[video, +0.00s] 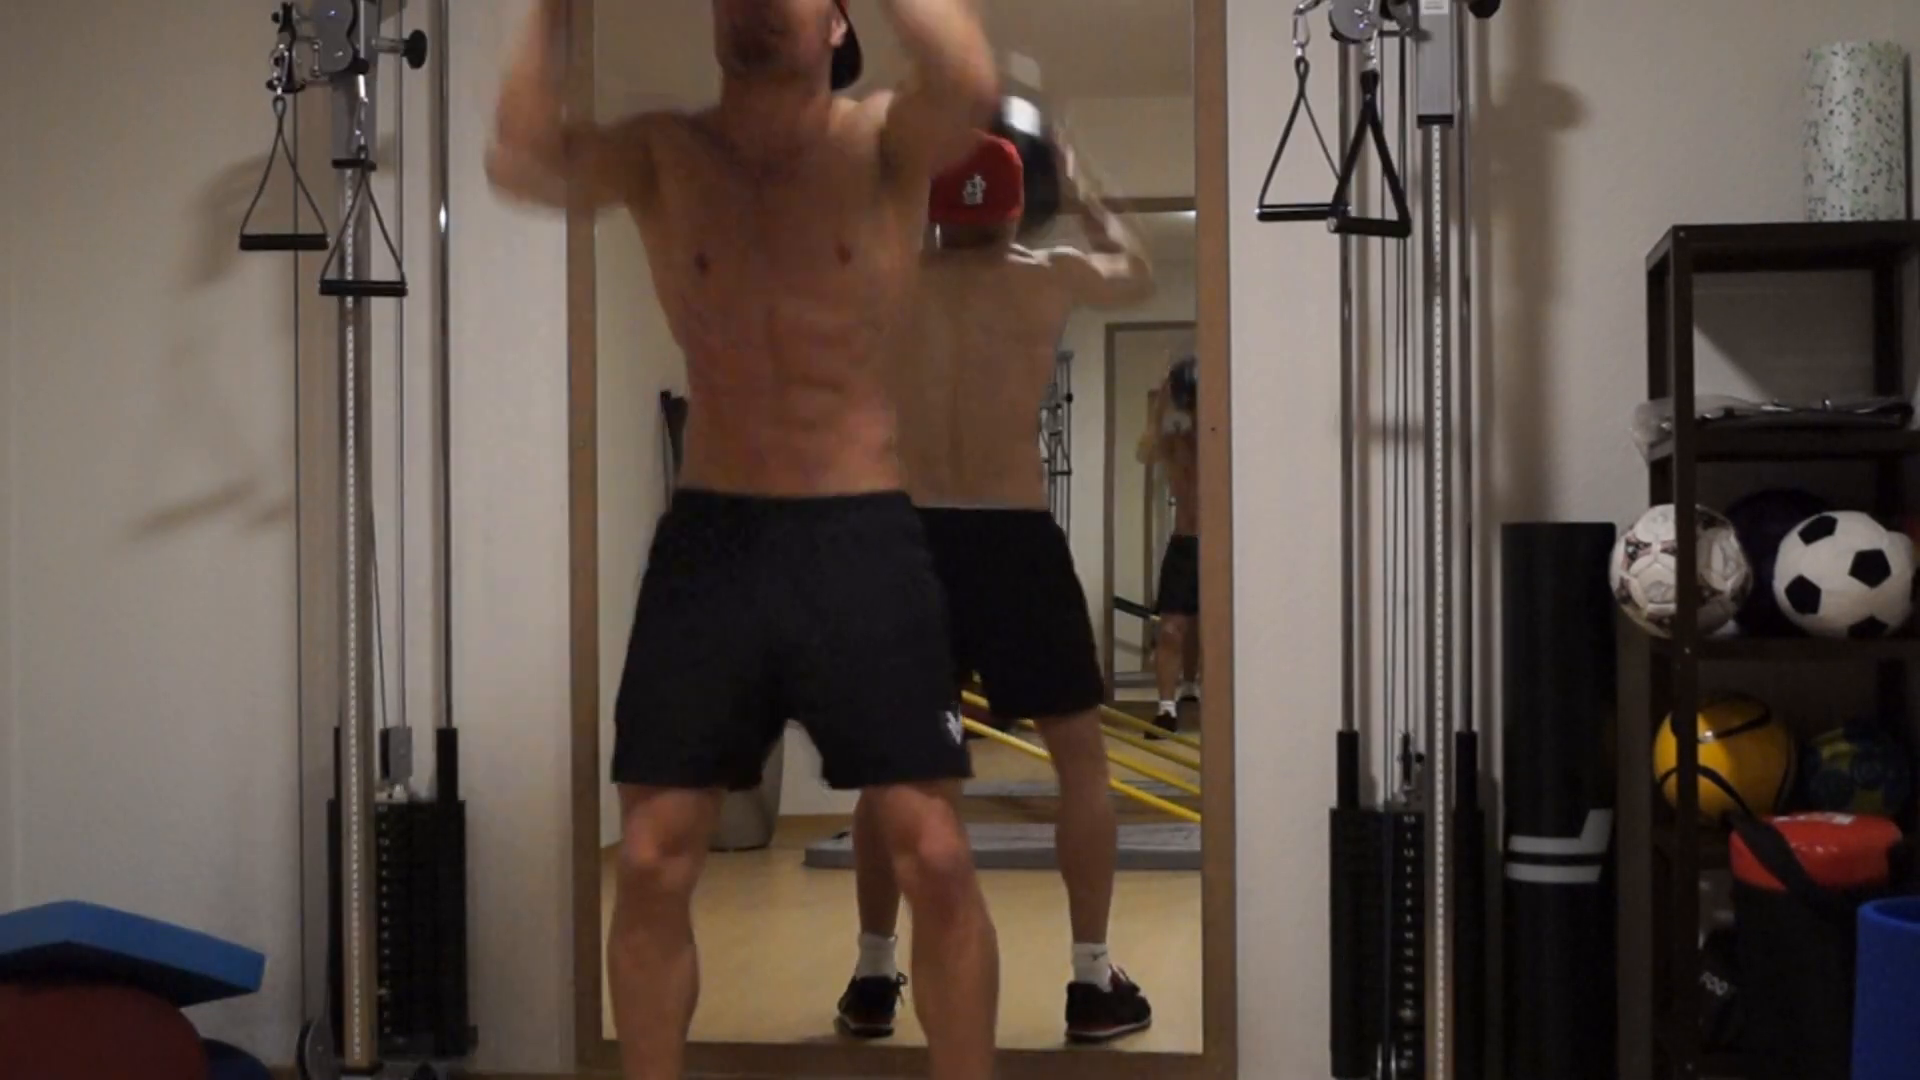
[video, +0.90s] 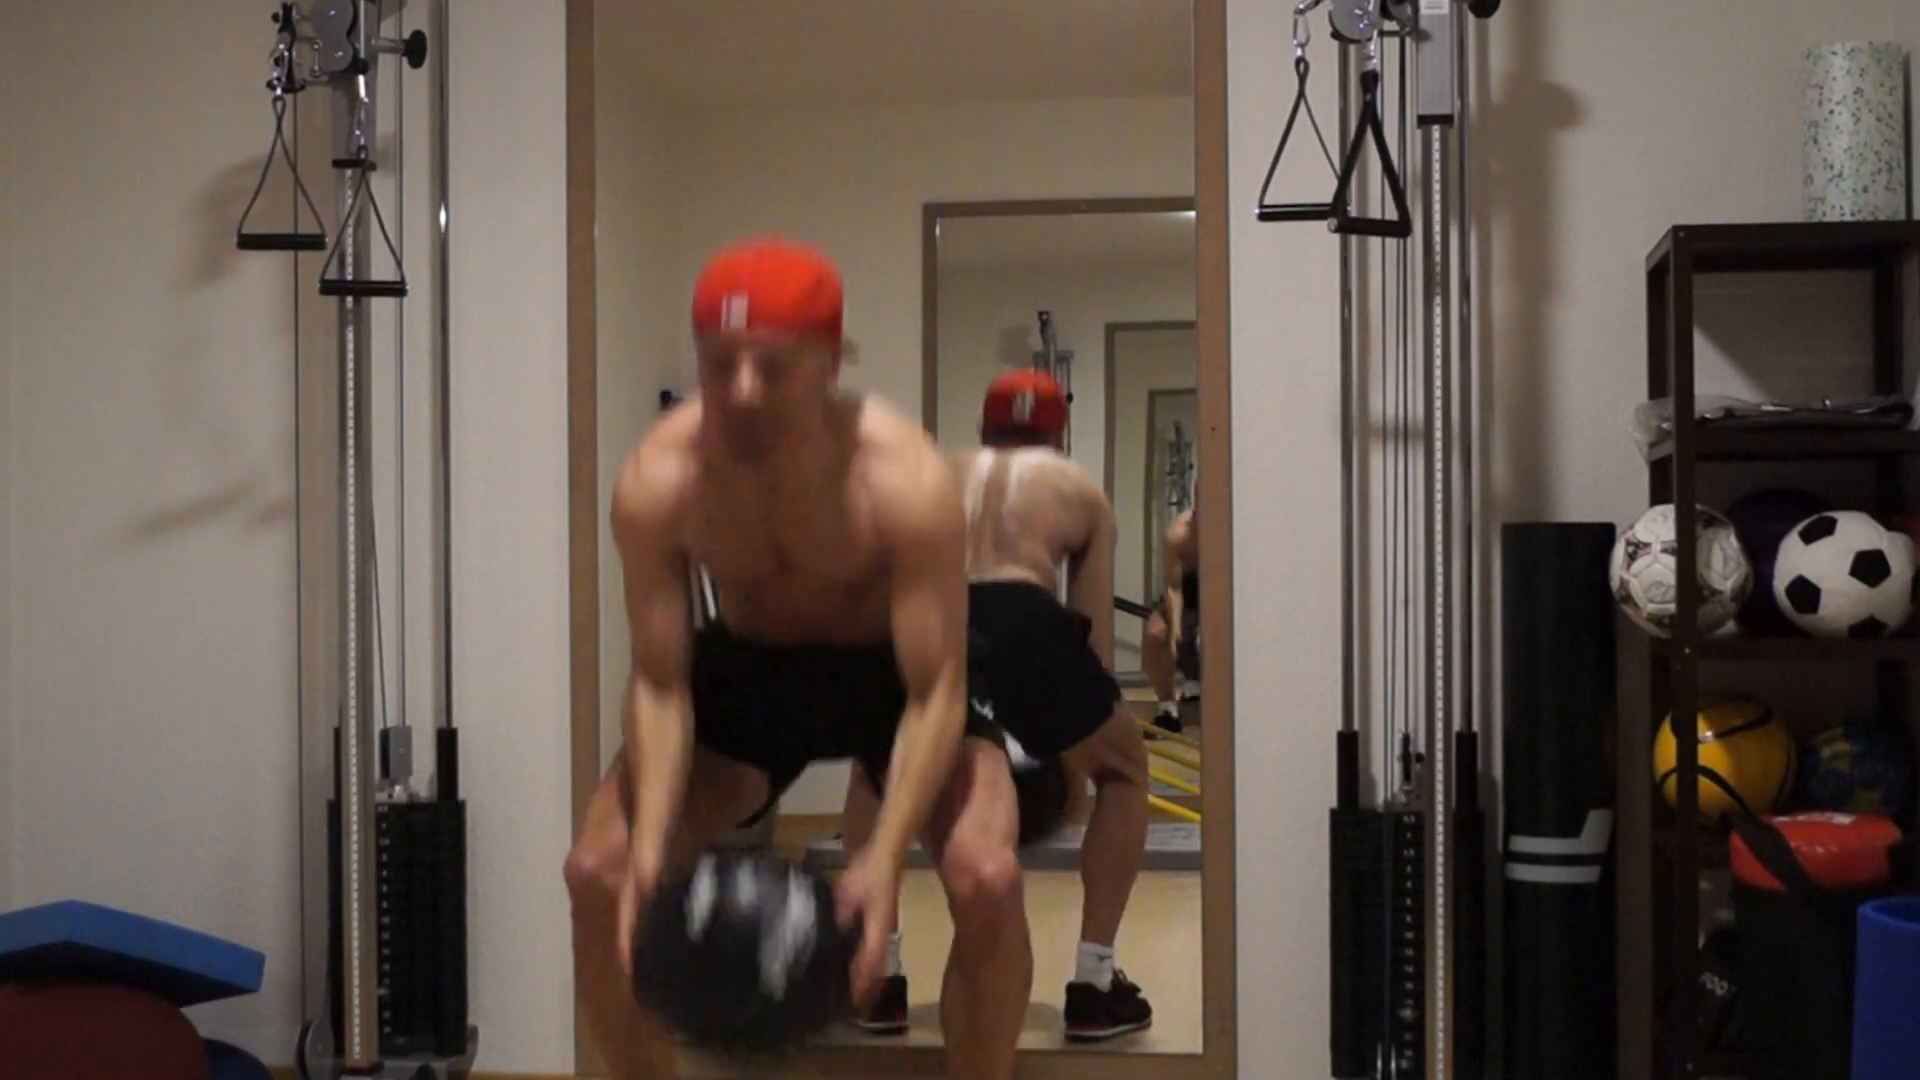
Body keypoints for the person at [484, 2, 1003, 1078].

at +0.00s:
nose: (753, 6)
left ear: (836, 24)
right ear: (713, 19)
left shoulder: (883, 142)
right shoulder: (661, 149)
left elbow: (967, 81)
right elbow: (521, 157)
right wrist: (557, 5)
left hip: (865, 537)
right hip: (711, 538)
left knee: (935, 858)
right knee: (651, 862)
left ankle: (962, 1070)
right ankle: (652, 1076)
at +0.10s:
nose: (782, 28)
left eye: (797, 10)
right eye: (761, 14)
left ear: (837, 28)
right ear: (720, 39)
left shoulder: (888, 154)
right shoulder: (666, 175)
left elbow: (987, 242)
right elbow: (554, 313)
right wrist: (574, 139)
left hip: (881, 557)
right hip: (726, 559)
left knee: (951, 867)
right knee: (638, 869)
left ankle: (969, 1071)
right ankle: (649, 1075)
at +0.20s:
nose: (758, 88)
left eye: (786, 70)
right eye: (738, 67)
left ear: (836, 105)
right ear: (709, 95)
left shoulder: (901, 244)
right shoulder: (654, 256)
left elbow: (963, 444)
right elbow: (612, 453)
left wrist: (877, 449)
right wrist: (665, 431)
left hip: (887, 598)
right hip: (728, 598)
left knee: (965, 876)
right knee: (619, 856)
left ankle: (974, 1071)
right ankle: (645, 1074)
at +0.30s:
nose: (745, 183)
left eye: (775, 158)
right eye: (725, 157)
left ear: (828, 183)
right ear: (700, 176)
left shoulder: (891, 320)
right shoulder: (651, 333)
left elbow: (944, 537)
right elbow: (640, 534)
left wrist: (877, 661)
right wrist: (621, 670)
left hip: (891, 621)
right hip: (738, 625)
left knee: (973, 880)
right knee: (607, 881)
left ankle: (977, 1068)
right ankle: (643, 1076)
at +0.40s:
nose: (736, 369)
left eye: (766, 339)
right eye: (713, 339)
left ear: (821, 337)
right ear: (688, 336)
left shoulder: (893, 461)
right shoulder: (654, 473)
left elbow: (915, 703)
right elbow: (651, 706)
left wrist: (884, 921)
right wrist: (638, 918)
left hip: (881, 683)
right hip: (741, 684)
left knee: (995, 885)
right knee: (585, 881)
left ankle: (980, 1071)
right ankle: (635, 1069)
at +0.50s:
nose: (739, 500)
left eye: (768, 468)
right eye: (714, 467)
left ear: (824, 450)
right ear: (688, 455)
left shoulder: (902, 566)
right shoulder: (648, 575)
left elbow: (911, 809)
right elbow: (657, 810)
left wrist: (894, 1032)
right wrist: (651, 1031)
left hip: (884, 722)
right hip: (740, 732)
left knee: (1001, 893)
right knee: (575, 892)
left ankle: (985, 1066)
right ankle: (616, 1065)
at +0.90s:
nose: (746, 392)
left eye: (775, 365)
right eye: (723, 364)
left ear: (831, 364)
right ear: (699, 361)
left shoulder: (906, 478)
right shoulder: (658, 481)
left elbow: (936, 690)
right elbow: (660, 680)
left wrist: (882, 861)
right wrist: (651, 854)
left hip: (898, 679)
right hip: (754, 677)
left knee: (989, 883)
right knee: (597, 873)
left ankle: (980, 1069)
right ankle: (637, 1068)